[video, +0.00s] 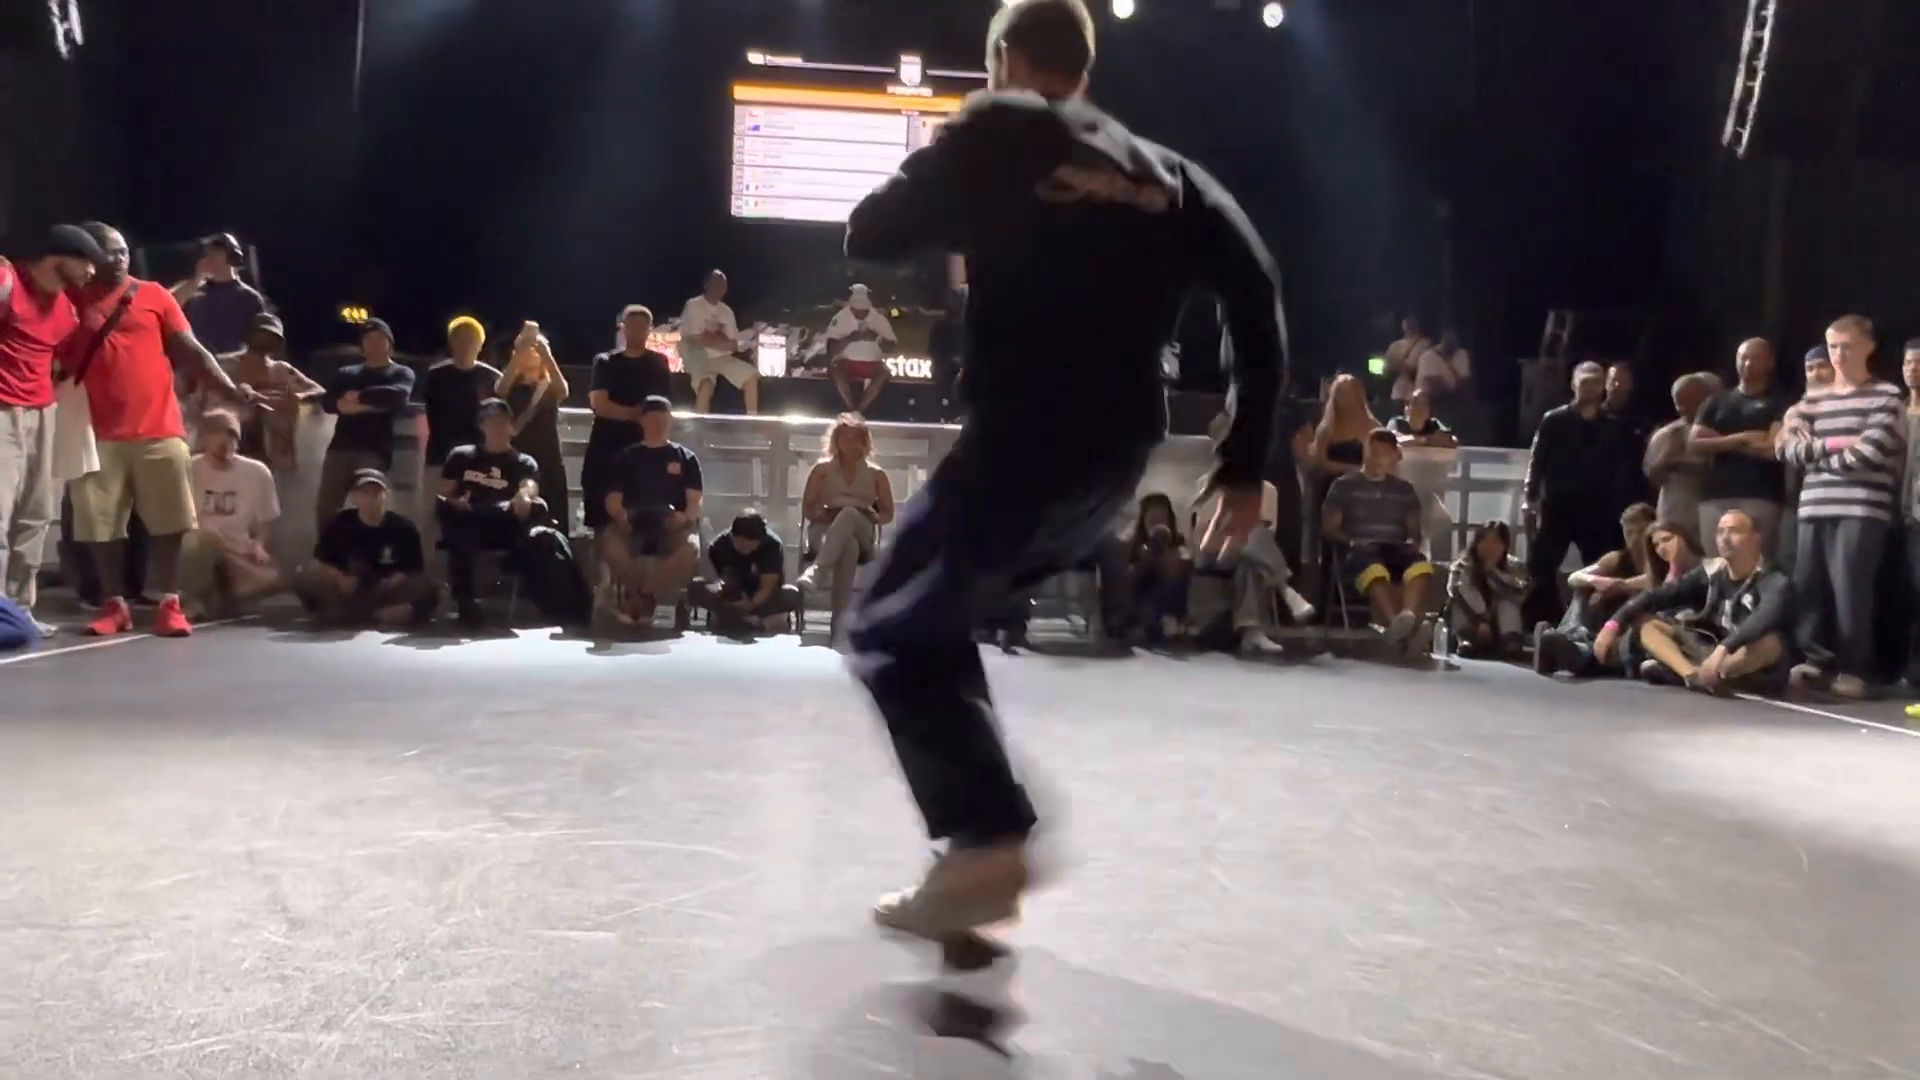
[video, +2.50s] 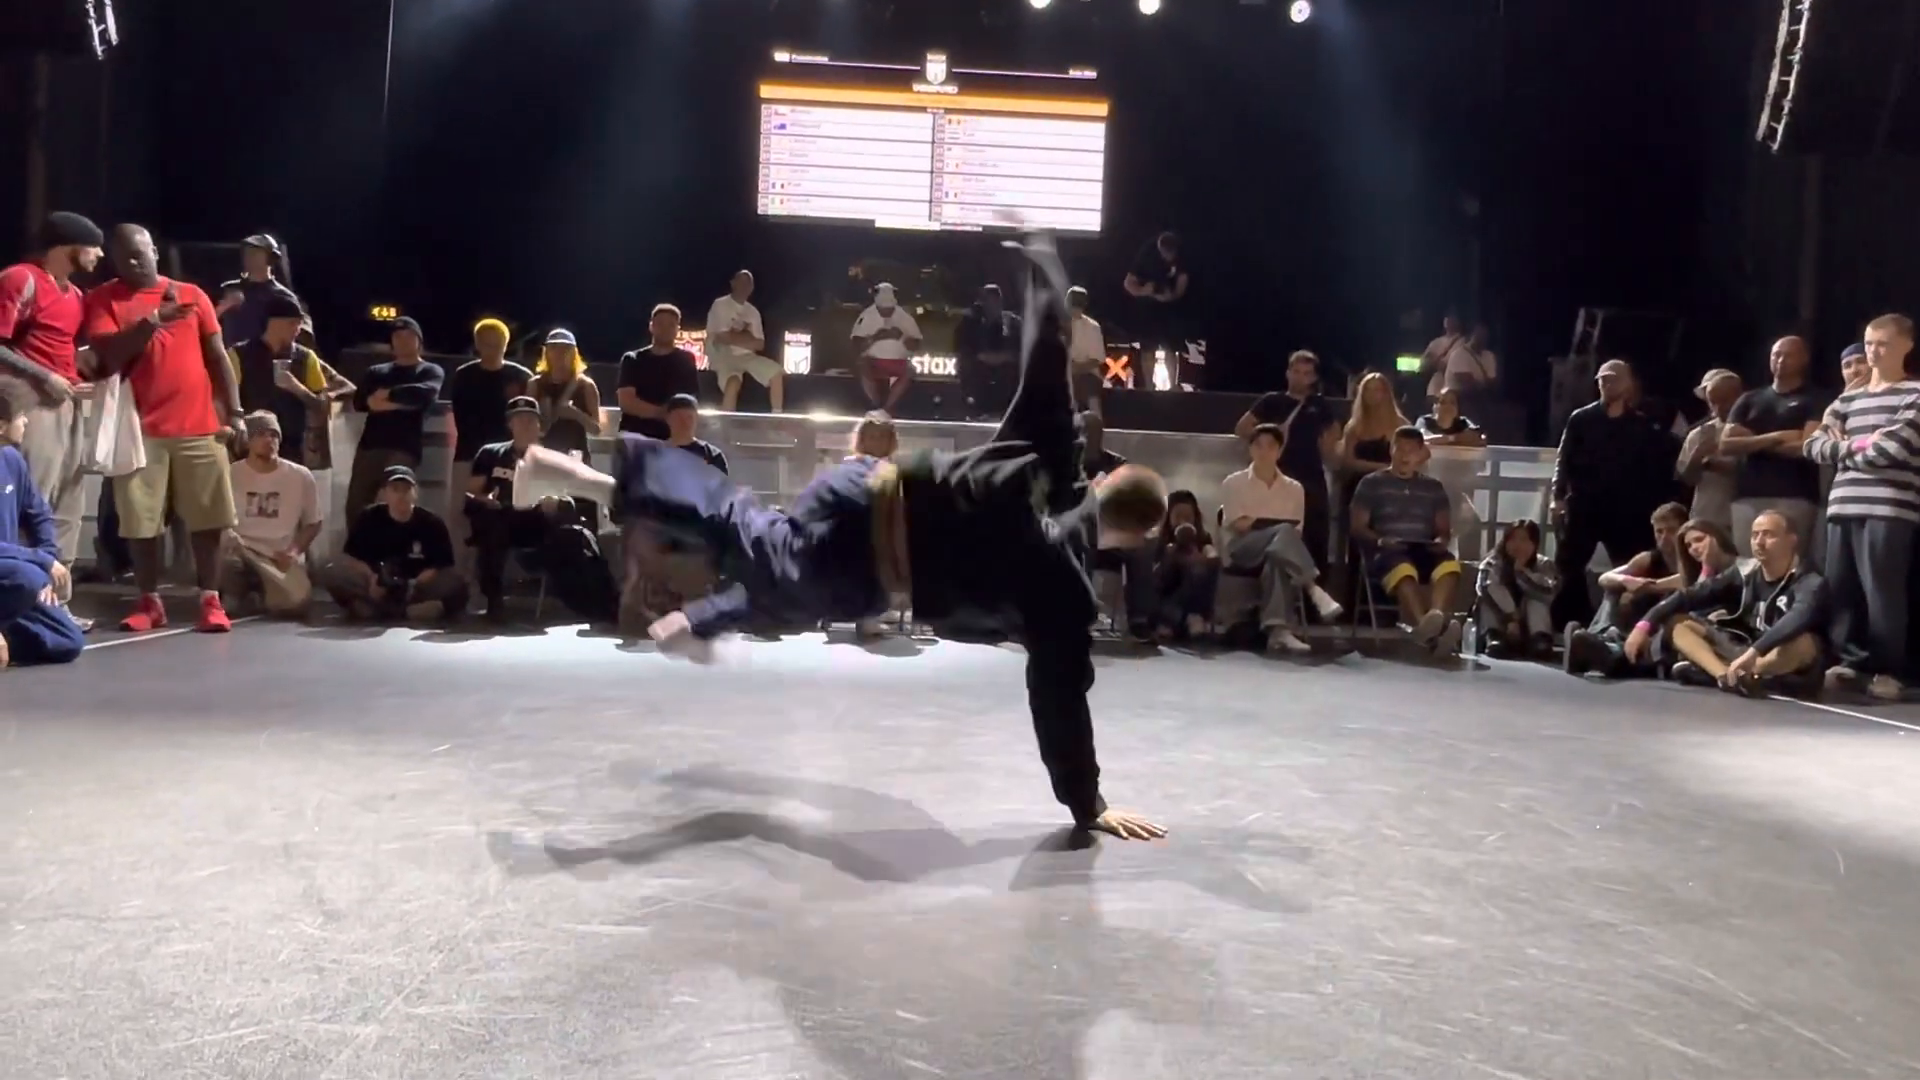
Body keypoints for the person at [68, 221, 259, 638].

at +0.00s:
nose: (121, 259)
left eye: (124, 252)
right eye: (112, 253)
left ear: (130, 255)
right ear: (90, 259)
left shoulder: (154, 295)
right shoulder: (75, 304)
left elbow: (193, 348)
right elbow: (54, 366)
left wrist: (231, 386)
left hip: (159, 431)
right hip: (99, 436)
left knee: (172, 523)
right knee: (102, 528)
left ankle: (168, 605)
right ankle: (114, 607)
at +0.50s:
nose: (101, 278)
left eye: (108, 270)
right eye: (93, 272)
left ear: (125, 272)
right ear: (82, 276)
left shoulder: (157, 311)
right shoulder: (75, 321)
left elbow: (204, 362)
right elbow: (59, 386)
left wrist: (256, 396)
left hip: (162, 442)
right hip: (104, 448)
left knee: (174, 531)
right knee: (108, 540)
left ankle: (175, 617)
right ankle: (120, 622)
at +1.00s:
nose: (98, 278)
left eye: (106, 269)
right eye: (96, 271)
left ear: (132, 268)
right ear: (96, 275)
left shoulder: (174, 313)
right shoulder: (84, 321)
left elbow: (214, 375)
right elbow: (66, 387)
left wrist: (221, 421)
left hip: (172, 447)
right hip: (113, 451)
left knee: (187, 537)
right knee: (117, 543)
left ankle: (189, 615)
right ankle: (126, 621)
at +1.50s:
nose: (114, 285)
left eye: (118, 276)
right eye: (113, 278)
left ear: (145, 269)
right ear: (134, 274)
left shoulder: (191, 311)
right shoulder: (114, 320)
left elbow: (229, 368)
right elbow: (99, 381)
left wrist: (208, 423)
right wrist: (106, 361)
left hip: (190, 448)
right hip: (135, 450)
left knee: (202, 540)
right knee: (134, 542)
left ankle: (201, 617)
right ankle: (137, 619)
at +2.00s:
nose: (128, 270)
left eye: (133, 261)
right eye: (125, 264)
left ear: (158, 258)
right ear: (121, 268)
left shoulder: (203, 302)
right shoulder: (113, 311)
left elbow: (238, 361)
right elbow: (102, 370)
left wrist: (243, 418)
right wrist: (138, 332)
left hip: (200, 441)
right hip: (140, 443)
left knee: (210, 531)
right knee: (139, 532)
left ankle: (207, 607)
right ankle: (143, 610)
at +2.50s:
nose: (138, 260)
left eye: (142, 251)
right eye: (128, 255)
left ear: (155, 250)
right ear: (114, 262)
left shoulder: (192, 295)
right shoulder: (103, 301)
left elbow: (218, 356)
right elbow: (107, 360)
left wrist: (235, 413)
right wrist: (153, 321)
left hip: (198, 429)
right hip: (140, 432)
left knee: (208, 518)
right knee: (141, 522)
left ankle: (210, 600)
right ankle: (150, 604)